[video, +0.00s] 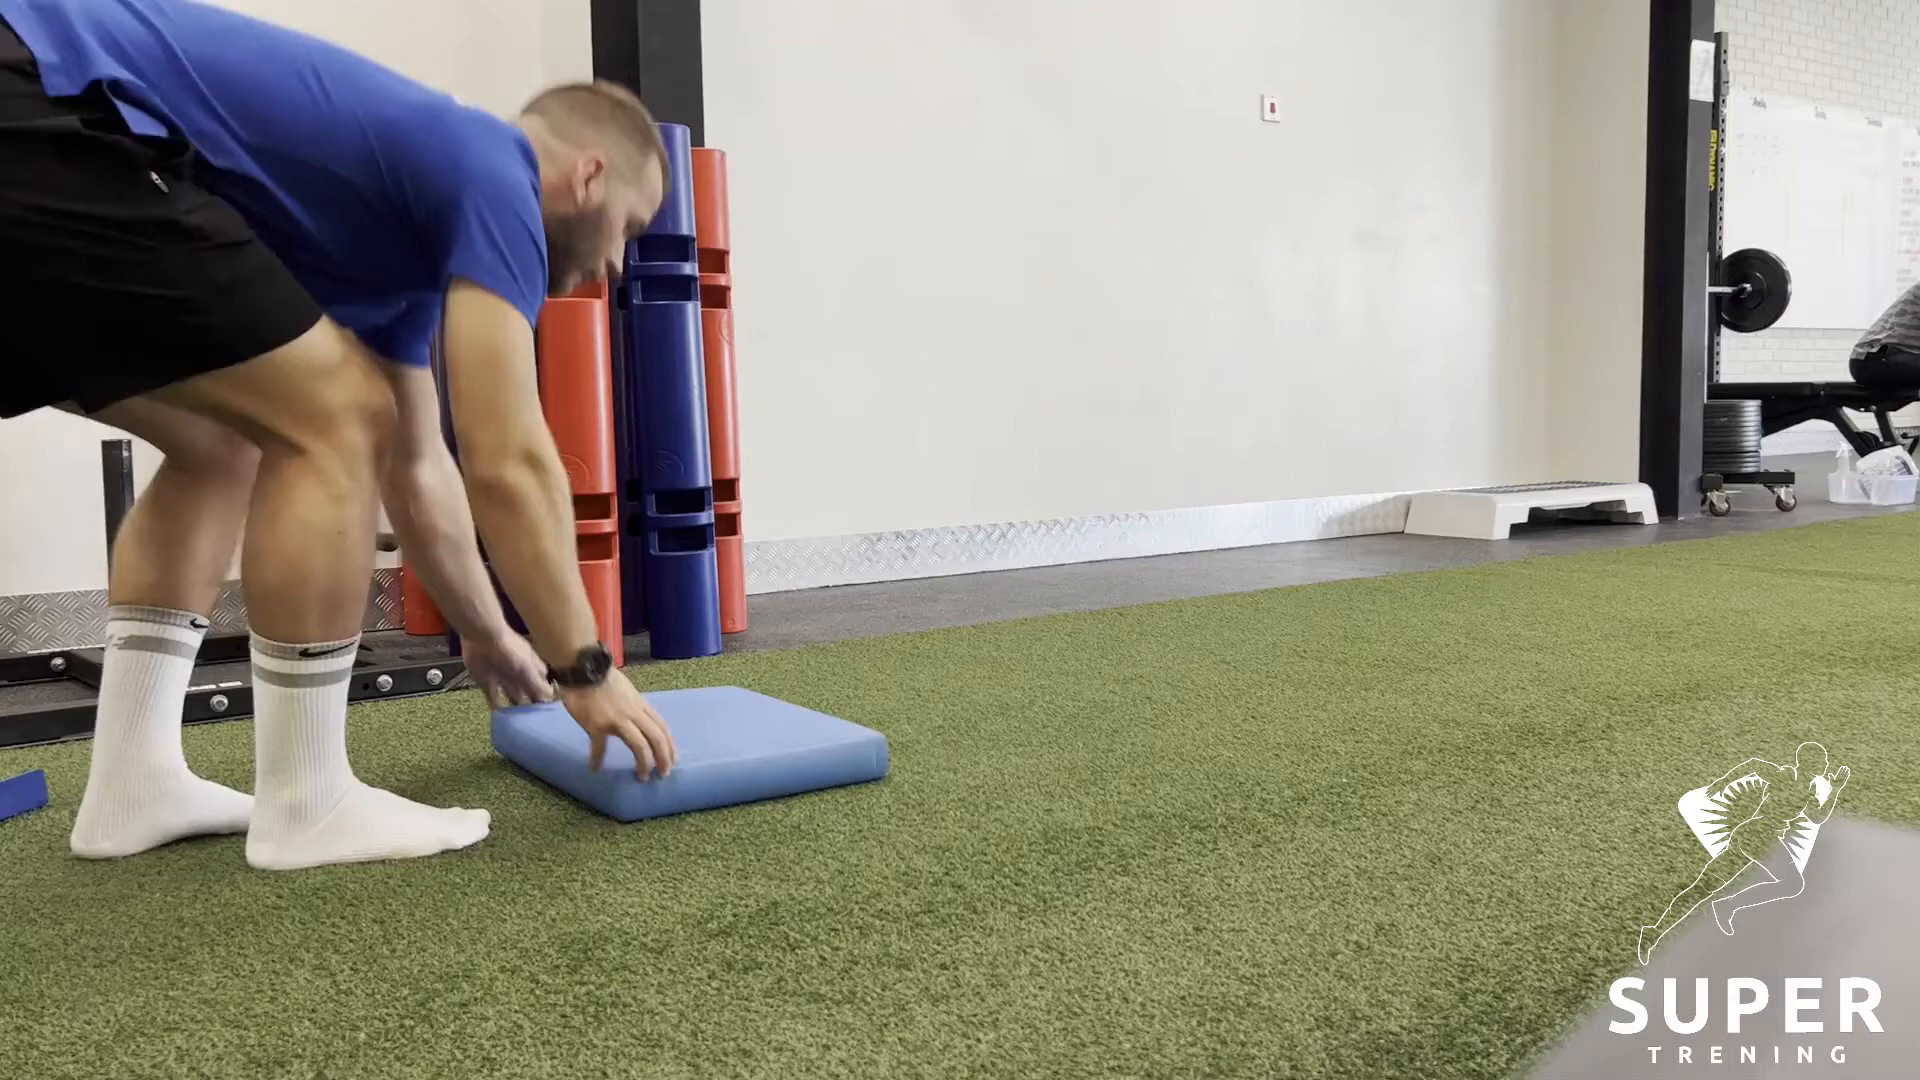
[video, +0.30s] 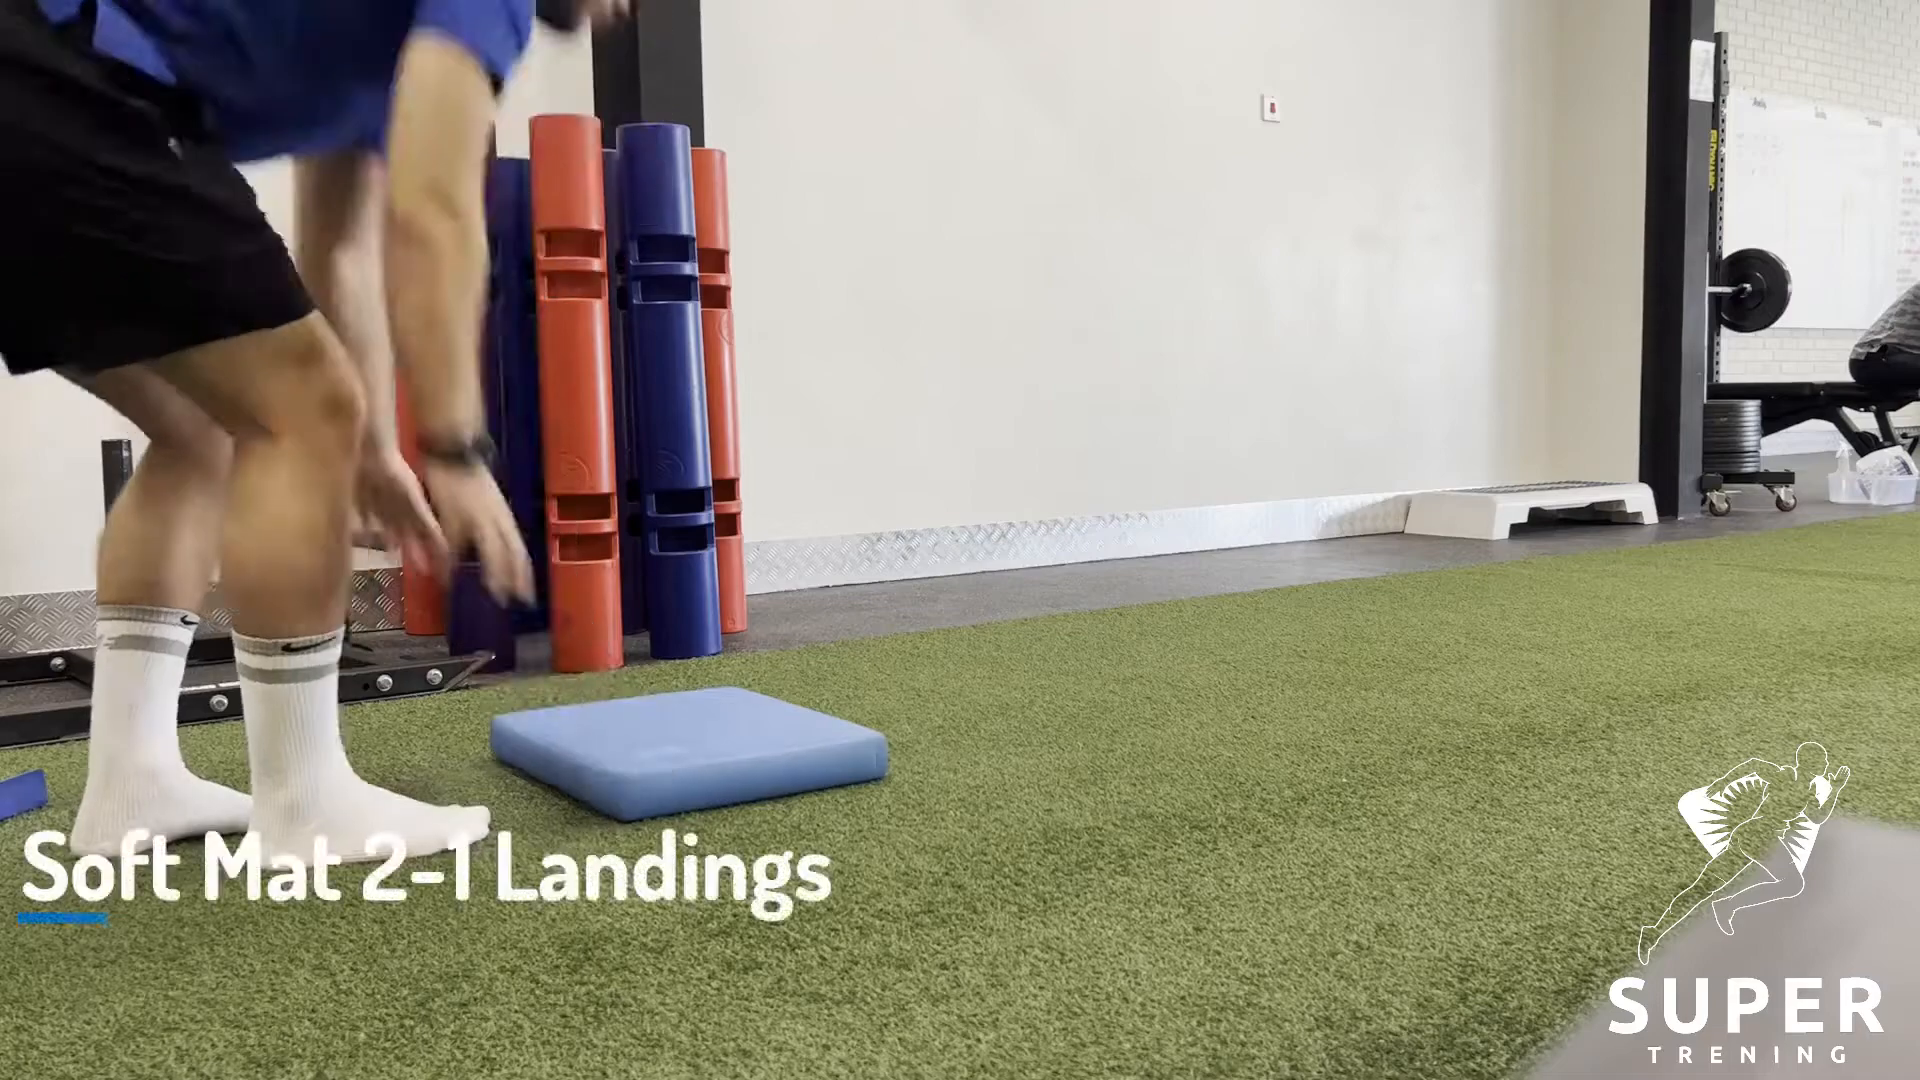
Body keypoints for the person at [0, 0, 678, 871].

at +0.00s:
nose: (617, 268)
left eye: (636, 244)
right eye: (632, 231)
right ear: (588, 177)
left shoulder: (373, 241)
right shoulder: (492, 172)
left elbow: (412, 463)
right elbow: (507, 462)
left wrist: (487, 636)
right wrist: (588, 670)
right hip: (36, 108)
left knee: (216, 446)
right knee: (333, 424)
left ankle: (131, 785)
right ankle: (305, 800)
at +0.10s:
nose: (617, 268)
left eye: (636, 244)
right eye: (632, 231)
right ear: (588, 177)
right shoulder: (492, 172)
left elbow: (412, 463)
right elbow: (507, 462)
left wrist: (487, 636)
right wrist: (588, 670)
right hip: (36, 108)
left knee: (216, 446)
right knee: (333, 424)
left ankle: (131, 785)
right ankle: (305, 800)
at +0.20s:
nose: (623, 114)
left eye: (636, 87)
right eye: (632, 76)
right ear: (585, 30)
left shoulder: (367, 84)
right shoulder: (488, 53)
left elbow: (373, 338)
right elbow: (465, 325)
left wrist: (429, 534)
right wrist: (524, 562)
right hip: (43, 98)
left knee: (205, 442)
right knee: (319, 407)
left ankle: (129, 788)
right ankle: (307, 804)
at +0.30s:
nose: (619, 11)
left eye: (630, 8)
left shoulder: (359, 26)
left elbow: (338, 240)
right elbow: (432, 205)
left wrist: (373, 448)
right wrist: (460, 449)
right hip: (53, 77)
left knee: (196, 435)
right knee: (309, 408)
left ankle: (129, 786)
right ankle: (305, 801)